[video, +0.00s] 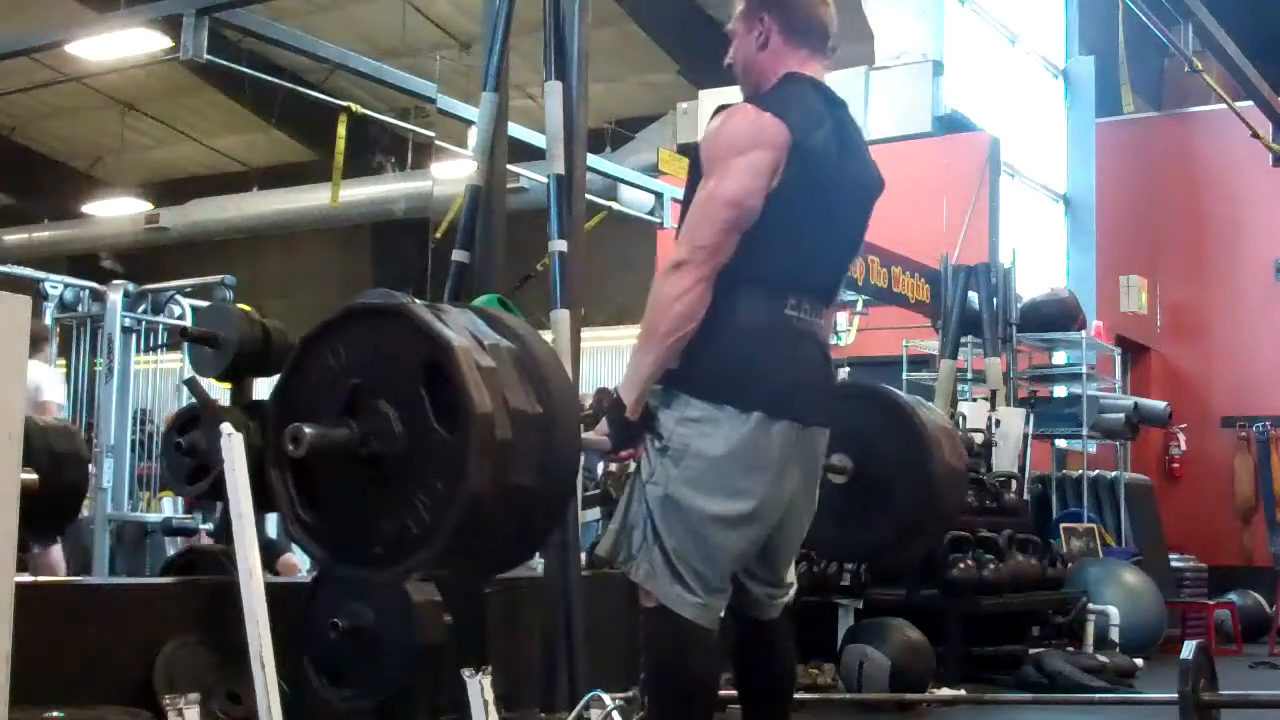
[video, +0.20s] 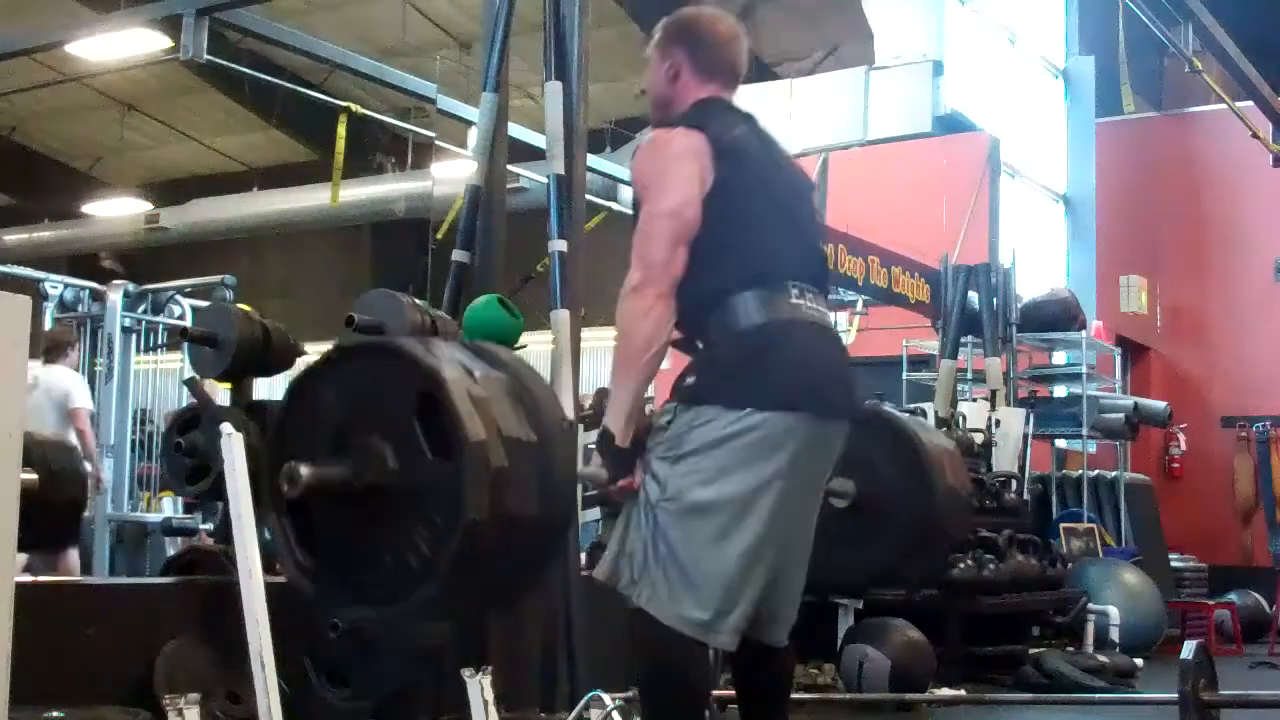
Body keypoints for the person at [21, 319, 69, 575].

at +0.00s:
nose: (51, 349)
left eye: (49, 345)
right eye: (50, 345)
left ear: (24, 343)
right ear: (44, 345)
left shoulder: (14, 367)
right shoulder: (45, 374)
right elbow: (49, 423)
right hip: (35, 464)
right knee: (44, 535)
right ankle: (59, 603)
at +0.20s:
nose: (78, 356)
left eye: (78, 351)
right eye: (77, 350)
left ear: (48, 350)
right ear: (70, 351)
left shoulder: (29, 375)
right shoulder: (71, 379)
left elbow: (20, 419)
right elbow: (81, 426)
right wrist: (95, 465)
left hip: (27, 458)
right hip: (62, 459)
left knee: (24, 538)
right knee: (68, 539)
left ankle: (9, 598)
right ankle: (72, 606)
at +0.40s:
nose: (94, 355)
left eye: (94, 350)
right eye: (93, 350)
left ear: (64, 350)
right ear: (85, 350)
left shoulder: (40, 379)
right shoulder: (91, 379)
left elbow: (29, 426)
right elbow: (105, 424)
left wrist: (28, 464)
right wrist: (125, 463)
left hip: (45, 481)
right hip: (81, 482)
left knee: (47, 548)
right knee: (79, 551)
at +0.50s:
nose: (97, 357)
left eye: (95, 351)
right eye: (96, 351)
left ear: (67, 351)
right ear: (90, 352)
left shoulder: (47, 379)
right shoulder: (98, 380)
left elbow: (35, 427)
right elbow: (111, 424)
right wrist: (133, 459)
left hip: (51, 477)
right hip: (86, 479)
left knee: (53, 544)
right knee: (86, 545)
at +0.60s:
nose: (108, 358)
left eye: (108, 353)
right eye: (106, 352)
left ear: (77, 351)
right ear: (95, 352)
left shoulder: (54, 381)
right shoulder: (102, 382)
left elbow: (40, 426)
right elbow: (115, 427)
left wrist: (36, 462)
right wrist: (136, 459)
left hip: (58, 477)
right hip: (90, 480)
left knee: (63, 541)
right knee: (91, 545)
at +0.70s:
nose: (113, 361)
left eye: (113, 356)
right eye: (111, 356)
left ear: (82, 356)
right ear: (101, 356)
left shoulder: (60, 384)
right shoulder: (105, 383)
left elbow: (47, 434)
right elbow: (116, 429)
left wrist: (44, 469)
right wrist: (136, 464)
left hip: (64, 480)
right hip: (93, 481)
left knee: (67, 545)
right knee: (85, 549)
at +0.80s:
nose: (116, 363)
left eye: (116, 358)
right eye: (115, 358)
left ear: (87, 359)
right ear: (106, 359)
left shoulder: (67, 386)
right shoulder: (110, 386)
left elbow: (56, 433)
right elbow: (118, 430)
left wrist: (53, 471)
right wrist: (133, 471)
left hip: (71, 478)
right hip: (97, 480)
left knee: (77, 545)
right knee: (88, 546)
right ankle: (78, 605)